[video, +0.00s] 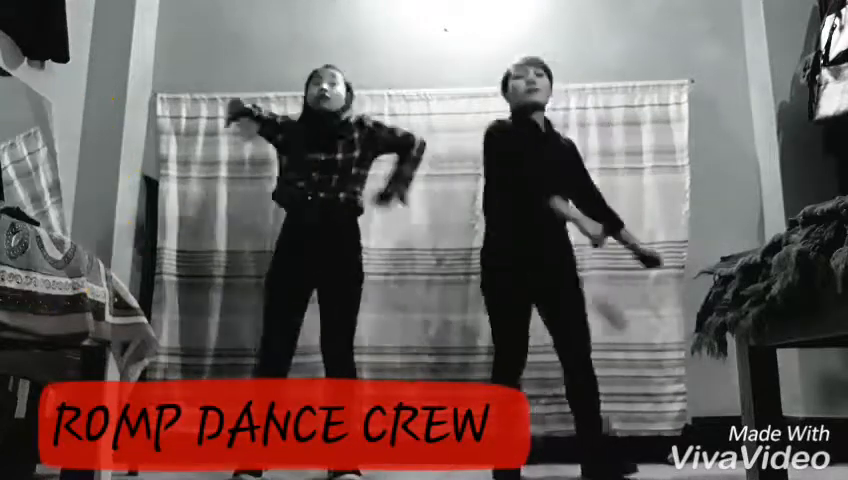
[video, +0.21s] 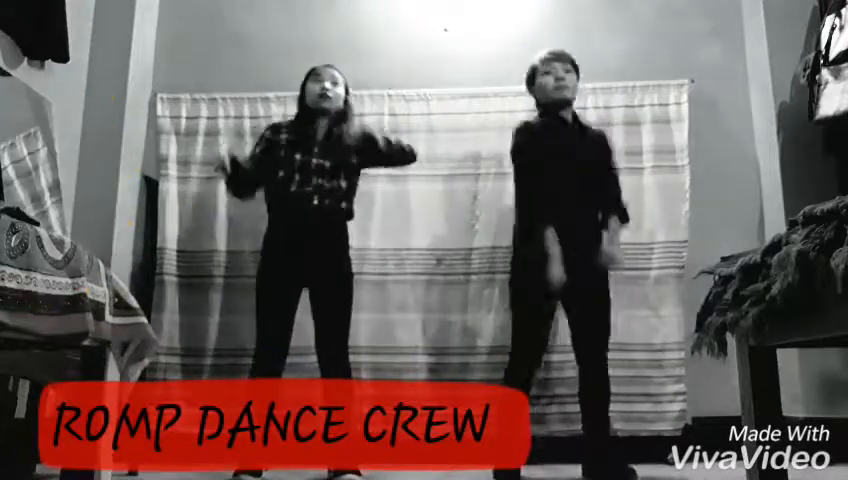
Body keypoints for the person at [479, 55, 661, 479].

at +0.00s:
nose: (530, 80)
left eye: (539, 75)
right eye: (519, 76)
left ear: (551, 90)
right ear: (506, 93)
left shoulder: (562, 148)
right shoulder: (500, 135)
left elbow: (591, 198)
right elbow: (525, 189)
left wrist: (634, 245)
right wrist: (576, 218)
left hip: (553, 262)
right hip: (505, 264)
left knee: (576, 356)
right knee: (509, 360)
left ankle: (595, 456)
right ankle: (500, 459)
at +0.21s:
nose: (558, 79)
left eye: (566, 73)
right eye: (547, 74)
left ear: (578, 85)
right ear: (533, 88)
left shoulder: (594, 139)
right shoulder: (529, 135)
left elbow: (610, 195)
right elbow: (534, 200)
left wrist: (611, 235)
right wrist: (552, 254)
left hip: (584, 256)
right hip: (536, 257)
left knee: (593, 358)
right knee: (525, 359)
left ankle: (599, 456)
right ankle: (503, 456)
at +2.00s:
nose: (562, 70)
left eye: (567, 65)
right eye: (550, 63)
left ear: (571, 77)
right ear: (526, 74)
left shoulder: (576, 133)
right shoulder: (514, 123)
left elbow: (592, 193)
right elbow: (518, 188)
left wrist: (594, 244)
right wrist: (543, 241)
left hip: (573, 258)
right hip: (526, 255)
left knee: (572, 358)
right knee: (527, 353)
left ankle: (579, 452)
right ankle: (505, 452)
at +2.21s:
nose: (536, 72)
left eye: (546, 63)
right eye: (529, 66)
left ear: (568, 71)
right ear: (523, 76)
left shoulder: (595, 125)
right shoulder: (511, 132)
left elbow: (608, 191)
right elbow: (498, 196)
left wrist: (589, 240)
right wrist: (515, 243)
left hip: (581, 257)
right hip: (525, 257)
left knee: (579, 359)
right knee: (518, 358)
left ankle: (585, 460)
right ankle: (507, 461)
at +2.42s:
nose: (525, 78)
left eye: (534, 68)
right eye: (525, 71)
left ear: (563, 69)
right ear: (542, 76)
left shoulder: (589, 115)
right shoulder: (537, 125)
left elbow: (584, 180)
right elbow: (524, 188)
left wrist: (559, 229)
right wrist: (521, 239)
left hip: (581, 252)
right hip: (540, 255)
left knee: (596, 355)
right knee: (525, 355)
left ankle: (635, 451)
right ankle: (511, 454)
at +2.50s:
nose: (527, 83)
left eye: (534, 73)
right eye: (527, 76)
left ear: (563, 73)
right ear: (558, 77)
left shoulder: (584, 117)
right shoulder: (556, 125)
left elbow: (577, 188)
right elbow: (546, 191)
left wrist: (551, 236)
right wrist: (534, 239)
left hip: (580, 259)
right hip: (558, 261)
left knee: (600, 356)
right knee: (530, 355)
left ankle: (637, 455)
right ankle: (511, 453)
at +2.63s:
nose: (532, 82)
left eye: (539, 72)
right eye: (531, 75)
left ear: (568, 71)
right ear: (561, 76)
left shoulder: (588, 115)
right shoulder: (560, 124)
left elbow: (586, 187)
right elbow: (551, 192)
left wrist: (559, 238)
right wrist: (540, 244)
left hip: (586, 260)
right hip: (557, 261)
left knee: (604, 355)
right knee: (536, 356)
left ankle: (637, 454)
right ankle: (519, 455)